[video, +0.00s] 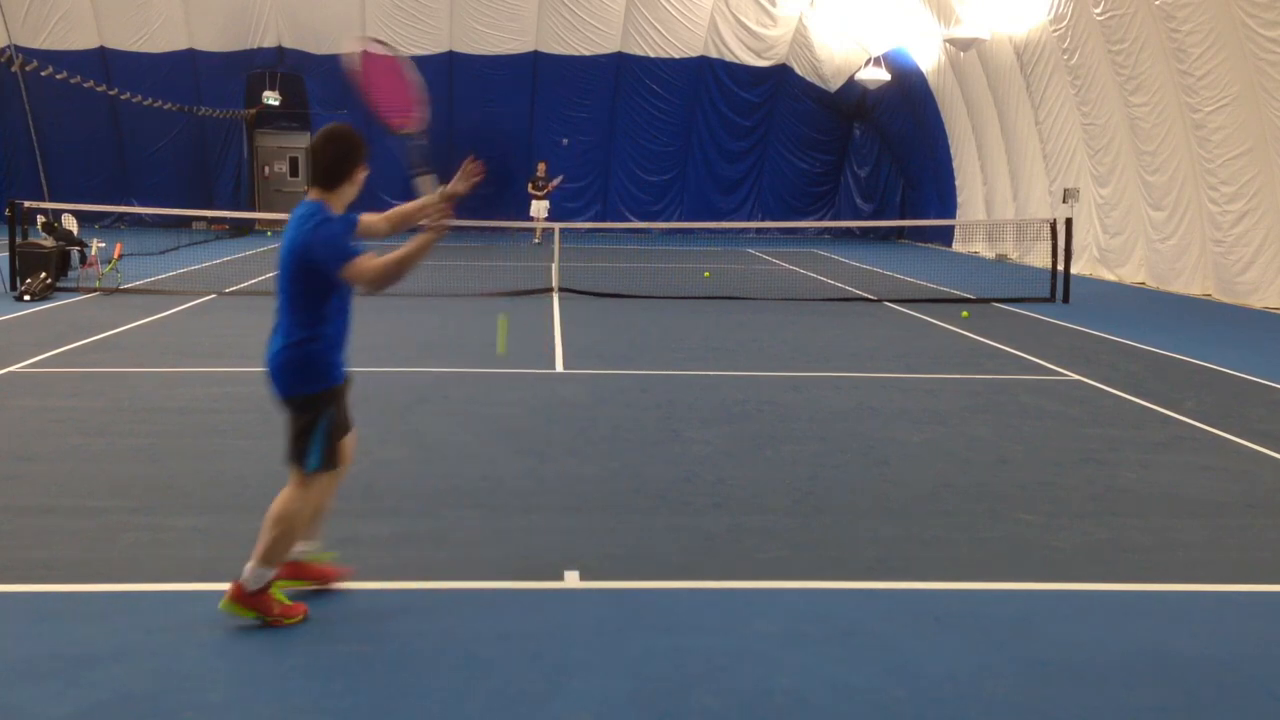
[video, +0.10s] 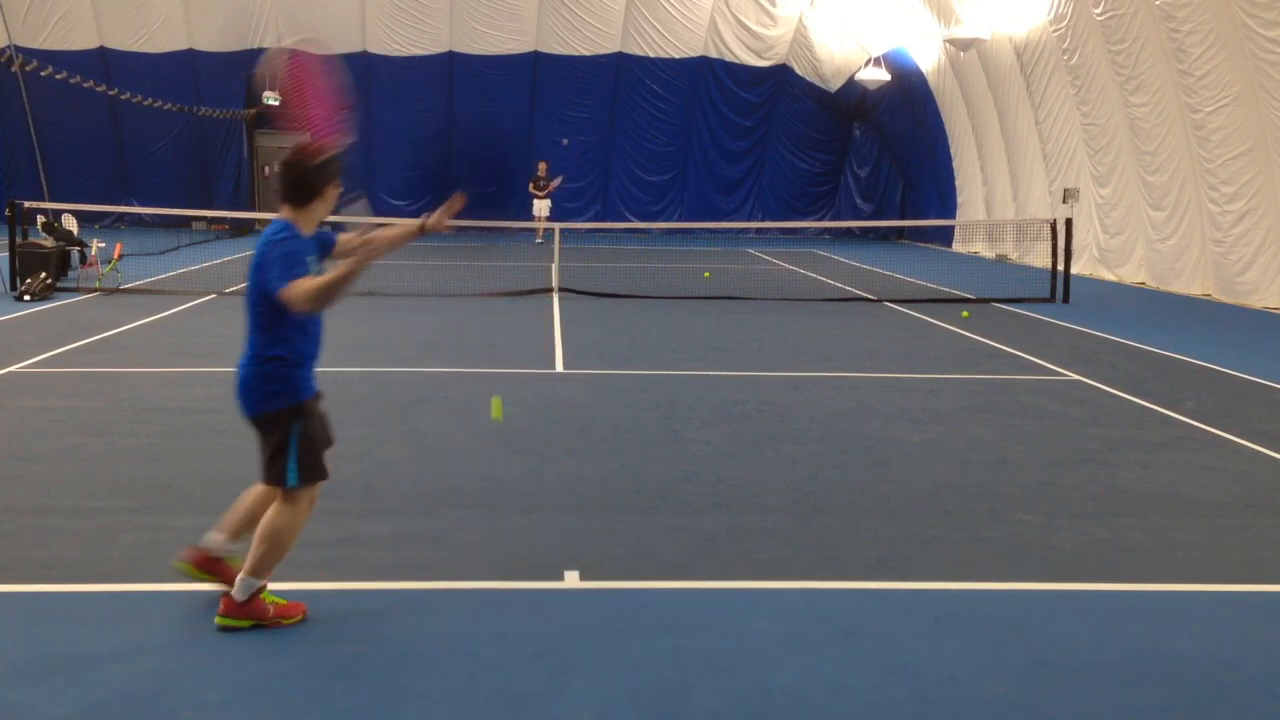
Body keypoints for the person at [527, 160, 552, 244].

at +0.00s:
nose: (541, 168)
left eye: (543, 166)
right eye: (540, 166)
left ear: (545, 168)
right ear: (537, 167)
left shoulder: (547, 178)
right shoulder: (533, 178)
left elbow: (549, 188)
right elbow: (529, 189)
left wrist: (551, 187)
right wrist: (538, 193)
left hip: (543, 201)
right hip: (535, 201)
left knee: (541, 219)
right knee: (535, 219)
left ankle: (538, 237)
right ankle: (537, 236)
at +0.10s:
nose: (542, 167)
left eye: (543, 166)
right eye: (540, 165)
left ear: (546, 167)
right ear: (538, 167)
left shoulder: (548, 178)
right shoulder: (534, 178)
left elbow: (551, 187)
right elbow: (530, 189)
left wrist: (545, 192)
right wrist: (538, 193)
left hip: (545, 200)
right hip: (537, 200)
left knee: (543, 218)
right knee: (537, 218)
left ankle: (540, 236)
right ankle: (538, 236)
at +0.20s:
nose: (543, 166)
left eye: (544, 165)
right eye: (541, 165)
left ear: (547, 166)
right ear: (539, 166)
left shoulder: (550, 176)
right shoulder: (536, 176)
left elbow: (554, 185)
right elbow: (531, 186)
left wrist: (546, 191)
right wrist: (540, 192)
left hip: (547, 198)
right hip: (538, 198)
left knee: (546, 217)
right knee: (538, 217)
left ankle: (545, 237)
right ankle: (538, 237)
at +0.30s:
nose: (544, 166)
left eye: (546, 164)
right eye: (543, 164)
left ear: (549, 166)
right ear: (541, 165)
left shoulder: (552, 176)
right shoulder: (538, 176)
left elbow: (557, 186)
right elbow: (533, 186)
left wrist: (549, 191)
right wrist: (541, 191)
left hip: (549, 198)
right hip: (540, 199)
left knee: (551, 217)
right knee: (539, 217)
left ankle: (552, 236)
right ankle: (539, 237)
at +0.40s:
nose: (547, 167)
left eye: (549, 165)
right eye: (546, 165)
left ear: (552, 167)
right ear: (544, 167)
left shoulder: (555, 177)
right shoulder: (540, 177)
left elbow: (559, 187)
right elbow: (536, 187)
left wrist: (551, 192)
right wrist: (543, 193)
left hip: (552, 200)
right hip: (542, 200)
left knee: (554, 218)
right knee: (541, 218)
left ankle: (557, 237)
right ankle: (540, 237)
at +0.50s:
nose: (550, 168)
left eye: (552, 166)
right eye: (548, 166)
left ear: (554, 168)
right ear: (546, 167)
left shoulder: (558, 178)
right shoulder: (543, 178)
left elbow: (561, 188)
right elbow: (539, 188)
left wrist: (553, 193)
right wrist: (546, 194)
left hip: (555, 200)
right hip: (545, 200)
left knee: (557, 219)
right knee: (543, 218)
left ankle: (557, 237)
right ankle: (540, 237)